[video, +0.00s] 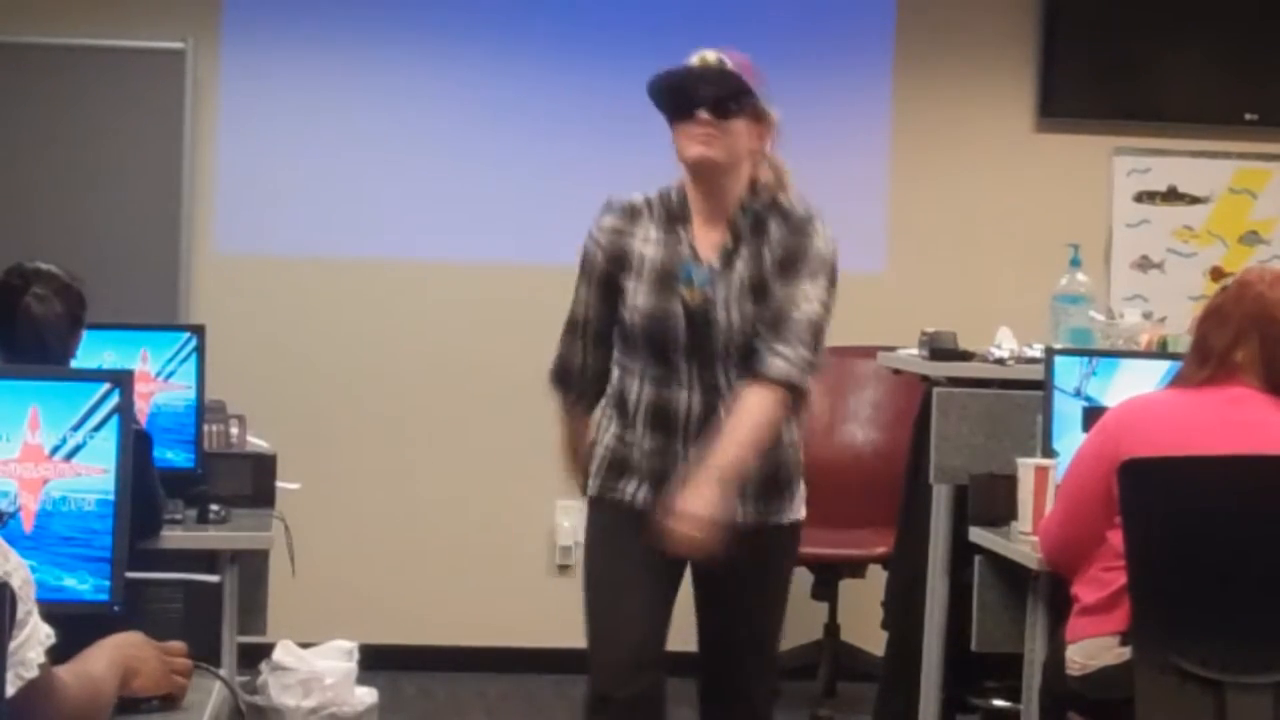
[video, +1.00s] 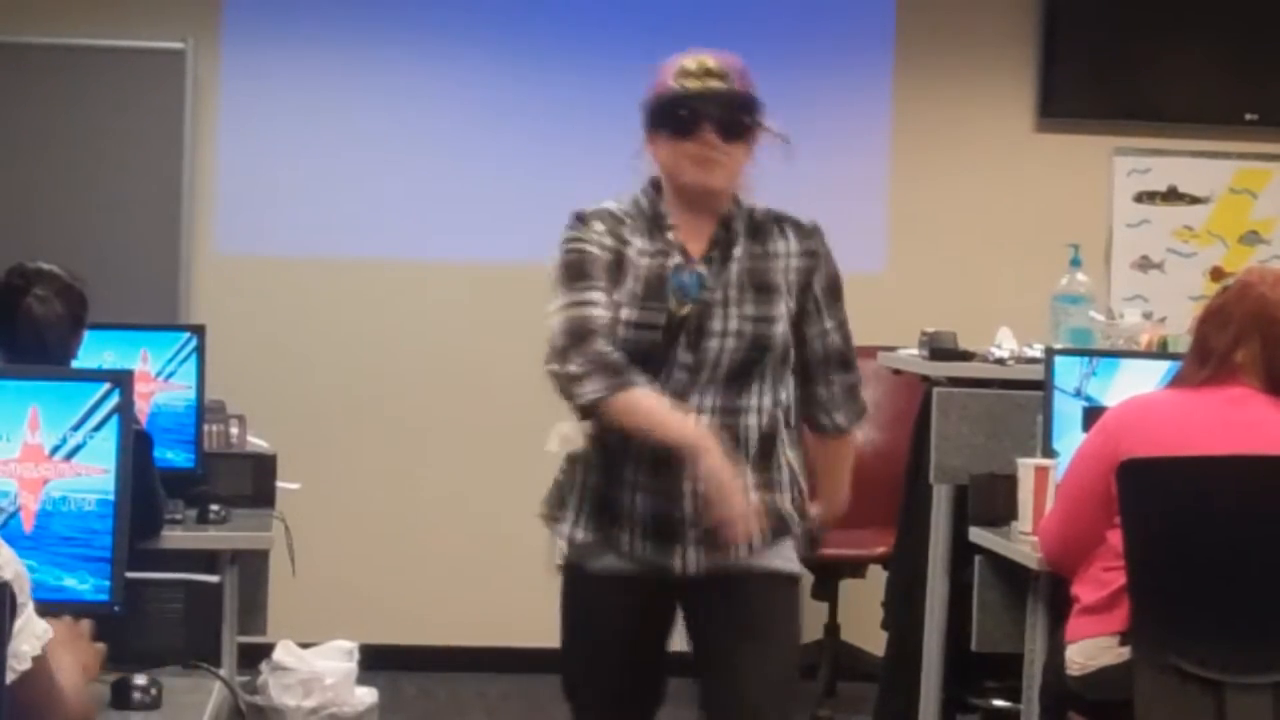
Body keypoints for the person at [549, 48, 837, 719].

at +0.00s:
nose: (703, 119)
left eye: (725, 108)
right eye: (688, 107)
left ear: (761, 133)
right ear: (671, 129)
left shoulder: (800, 238)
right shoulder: (623, 227)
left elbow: (780, 374)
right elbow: (579, 372)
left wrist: (712, 479)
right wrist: (590, 476)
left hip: (755, 501)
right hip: (633, 492)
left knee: (739, 699)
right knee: (619, 692)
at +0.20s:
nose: (656, 168)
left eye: (680, 153)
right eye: (650, 152)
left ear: (728, 171)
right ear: (641, 164)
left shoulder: (774, 271)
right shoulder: (613, 274)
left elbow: (723, 386)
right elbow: (601, 407)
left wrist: (580, 419)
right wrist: (595, 519)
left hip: (746, 534)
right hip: (630, 529)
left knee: (740, 710)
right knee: (615, 705)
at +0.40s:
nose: (615, 149)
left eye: (637, 129)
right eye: (610, 131)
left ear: (688, 143)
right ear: (608, 141)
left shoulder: (751, 239)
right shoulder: (585, 258)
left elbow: (733, 383)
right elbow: (567, 408)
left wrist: (659, 487)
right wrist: (558, 541)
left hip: (731, 529)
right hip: (607, 529)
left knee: (727, 711)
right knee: (597, 707)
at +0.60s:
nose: (596, 128)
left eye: (620, 112)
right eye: (590, 112)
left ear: (676, 128)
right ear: (585, 121)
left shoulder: (747, 224)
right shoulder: (558, 245)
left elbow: (804, 377)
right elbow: (505, 393)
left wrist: (800, 509)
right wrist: (492, 528)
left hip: (728, 516)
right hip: (599, 517)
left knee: (739, 706)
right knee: (592, 706)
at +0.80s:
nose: (619, 183)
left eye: (645, 168)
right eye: (606, 167)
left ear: (688, 182)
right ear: (593, 182)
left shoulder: (747, 297)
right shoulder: (557, 303)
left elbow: (807, 445)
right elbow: (520, 453)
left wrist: (833, 579)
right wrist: (505, 586)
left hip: (721, 570)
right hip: (589, 570)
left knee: (746, 709)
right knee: (554, 710)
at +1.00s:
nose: (708, 143)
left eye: (730, 128)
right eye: (683, 126)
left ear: (753, 144)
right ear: (652, 141)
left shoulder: (797, 247)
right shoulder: (601, 235)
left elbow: (832, 395)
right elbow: (583, 366)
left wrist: (830, 506)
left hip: (751, 541)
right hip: (619, 537)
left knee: (758, 707)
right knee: (606, 708)